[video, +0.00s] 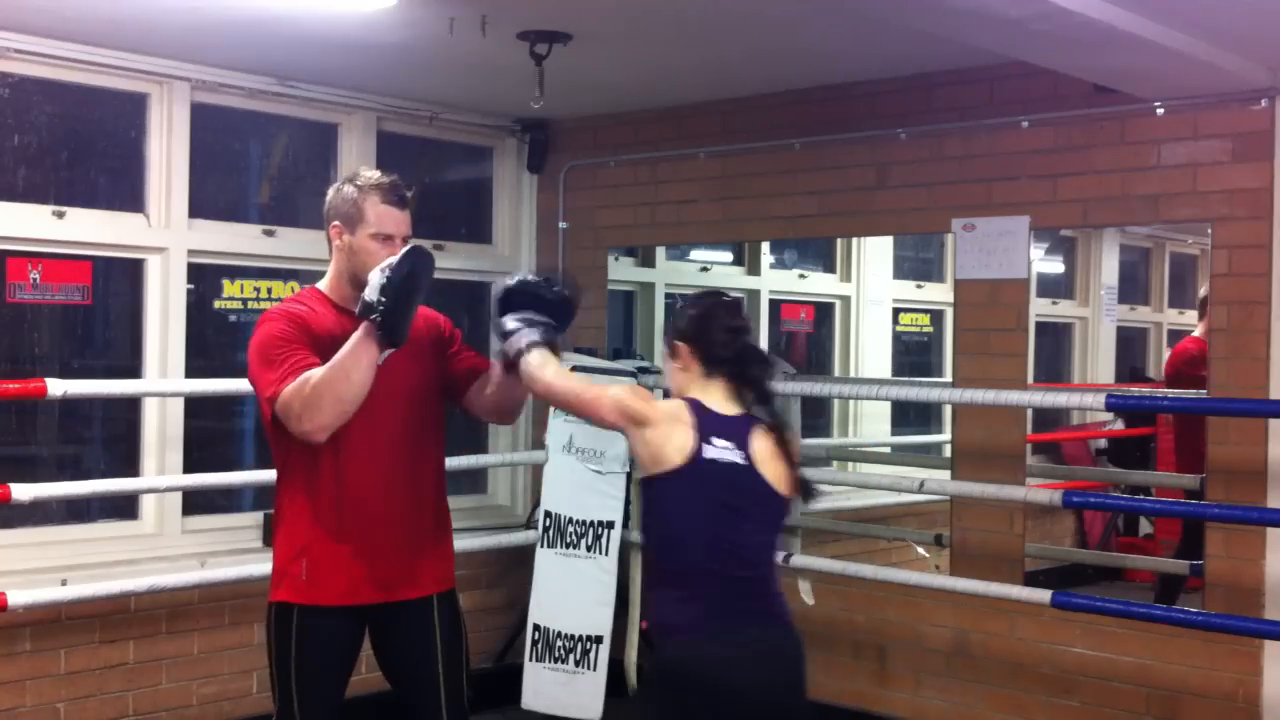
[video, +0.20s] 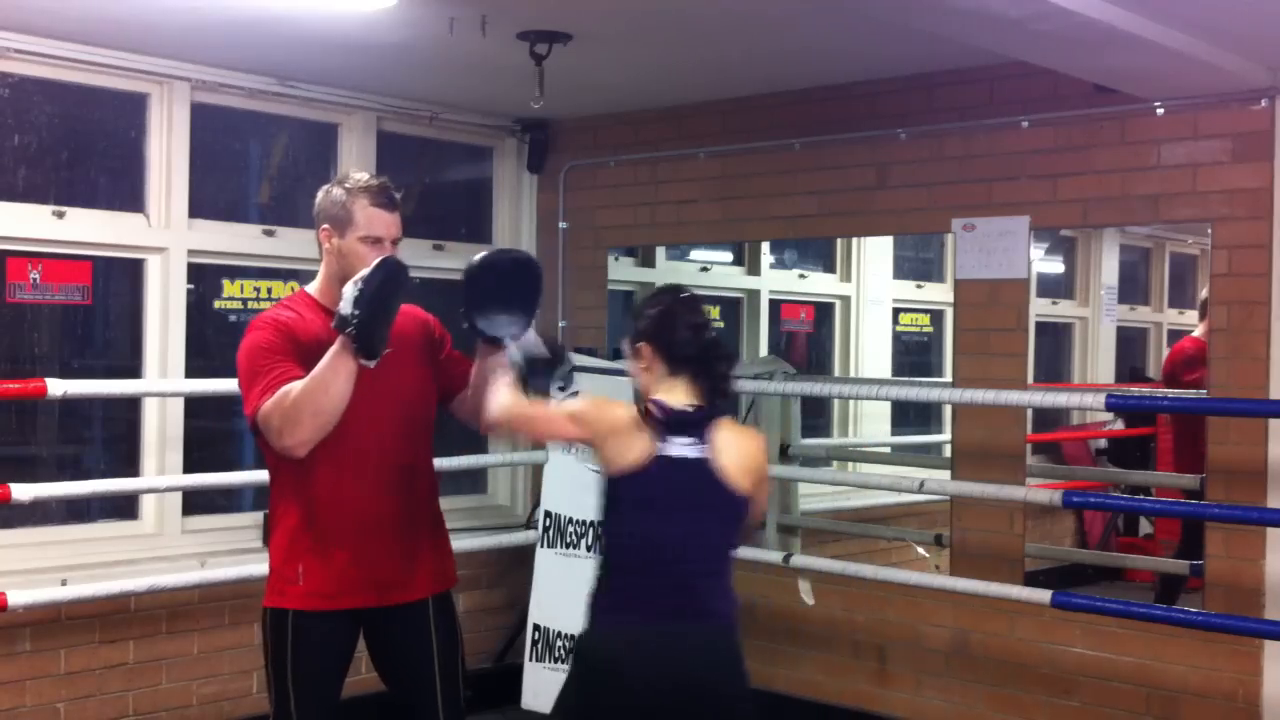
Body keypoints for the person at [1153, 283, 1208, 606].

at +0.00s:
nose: (1224, 319)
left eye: (1222, 313)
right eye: (1221, 313)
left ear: (1203, 311)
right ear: (1209, 312)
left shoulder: (1192, 351)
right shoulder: (1191, 353)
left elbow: (1185, 414)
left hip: (1199, 464)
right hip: (1196, 466)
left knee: (1196, 536)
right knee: (1192, 537)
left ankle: (1164, 604)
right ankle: (1162, 607)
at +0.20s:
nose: (1226, 320)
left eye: (1224, 313)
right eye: (1223, 313)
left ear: (1204, 312)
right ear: (1211, 313)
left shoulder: (1201, 350)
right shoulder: (1189, 351)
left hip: (1203, 465)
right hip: (1193, 466)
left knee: (1197, 538)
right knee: (1191, 539)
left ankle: (1164, 604)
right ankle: (1162, 608)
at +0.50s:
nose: (1219, 320)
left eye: (1218, 313)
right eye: (1215, 313)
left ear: (1201, 314)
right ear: (1201, 313)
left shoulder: (1209, 353)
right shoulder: (1174, 353)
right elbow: (1183, 382)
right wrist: (1222, 367)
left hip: (1212, 461)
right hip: (1189, 463)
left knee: (1203, 538)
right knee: (1192, 538)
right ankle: (1164, 607)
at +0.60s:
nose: (1215, 320)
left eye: (1215, 313)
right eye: (1211, 313)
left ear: (1197, 314)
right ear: (1194, 313)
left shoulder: (1207, 353)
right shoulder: (1168, 353)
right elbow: (1190, 382)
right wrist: (1225, 371)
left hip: (1210, 460)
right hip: (1185, 462)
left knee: (1202, 536)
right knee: (1191, 537)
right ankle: (1165, 605)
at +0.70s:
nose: (1215, 317)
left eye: (1214, 310)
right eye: (1210, 310)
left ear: (1196, 312)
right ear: (1195, 312)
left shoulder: (1208, 352)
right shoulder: (1175, 354)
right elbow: (1169, 408)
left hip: (1208, 462)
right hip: (1187, 465)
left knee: (1200, 538)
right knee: (1191, 538)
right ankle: (1165, 607)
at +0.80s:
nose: (1221, 316)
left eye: (1219, 309)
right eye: (1215, 310)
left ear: (1199, 312)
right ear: (1199, 312)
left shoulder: (1209, 352)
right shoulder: (1180, 354)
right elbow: (1166, 412)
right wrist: (1209, 420)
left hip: (1205, 466)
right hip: (1187, 468)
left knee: (1198, 541)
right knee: (1190, 542)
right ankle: (1163, 610)